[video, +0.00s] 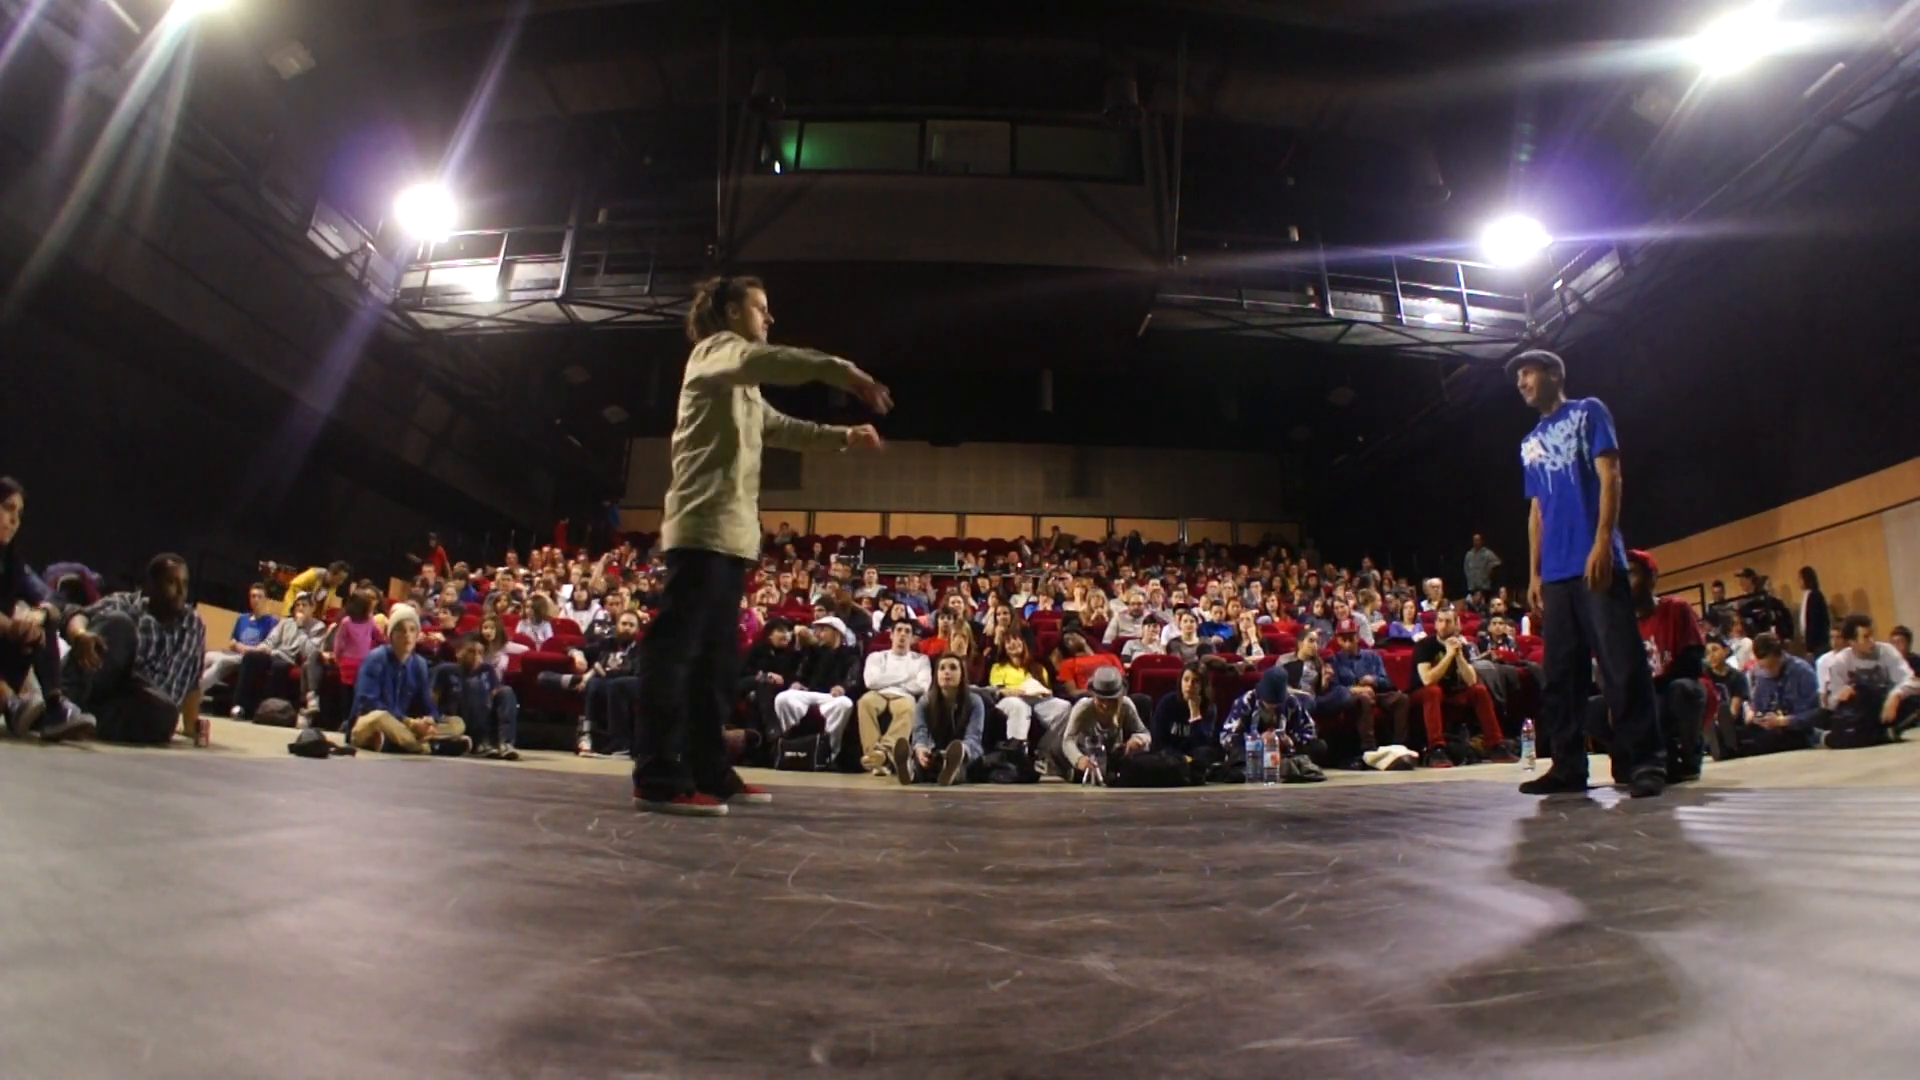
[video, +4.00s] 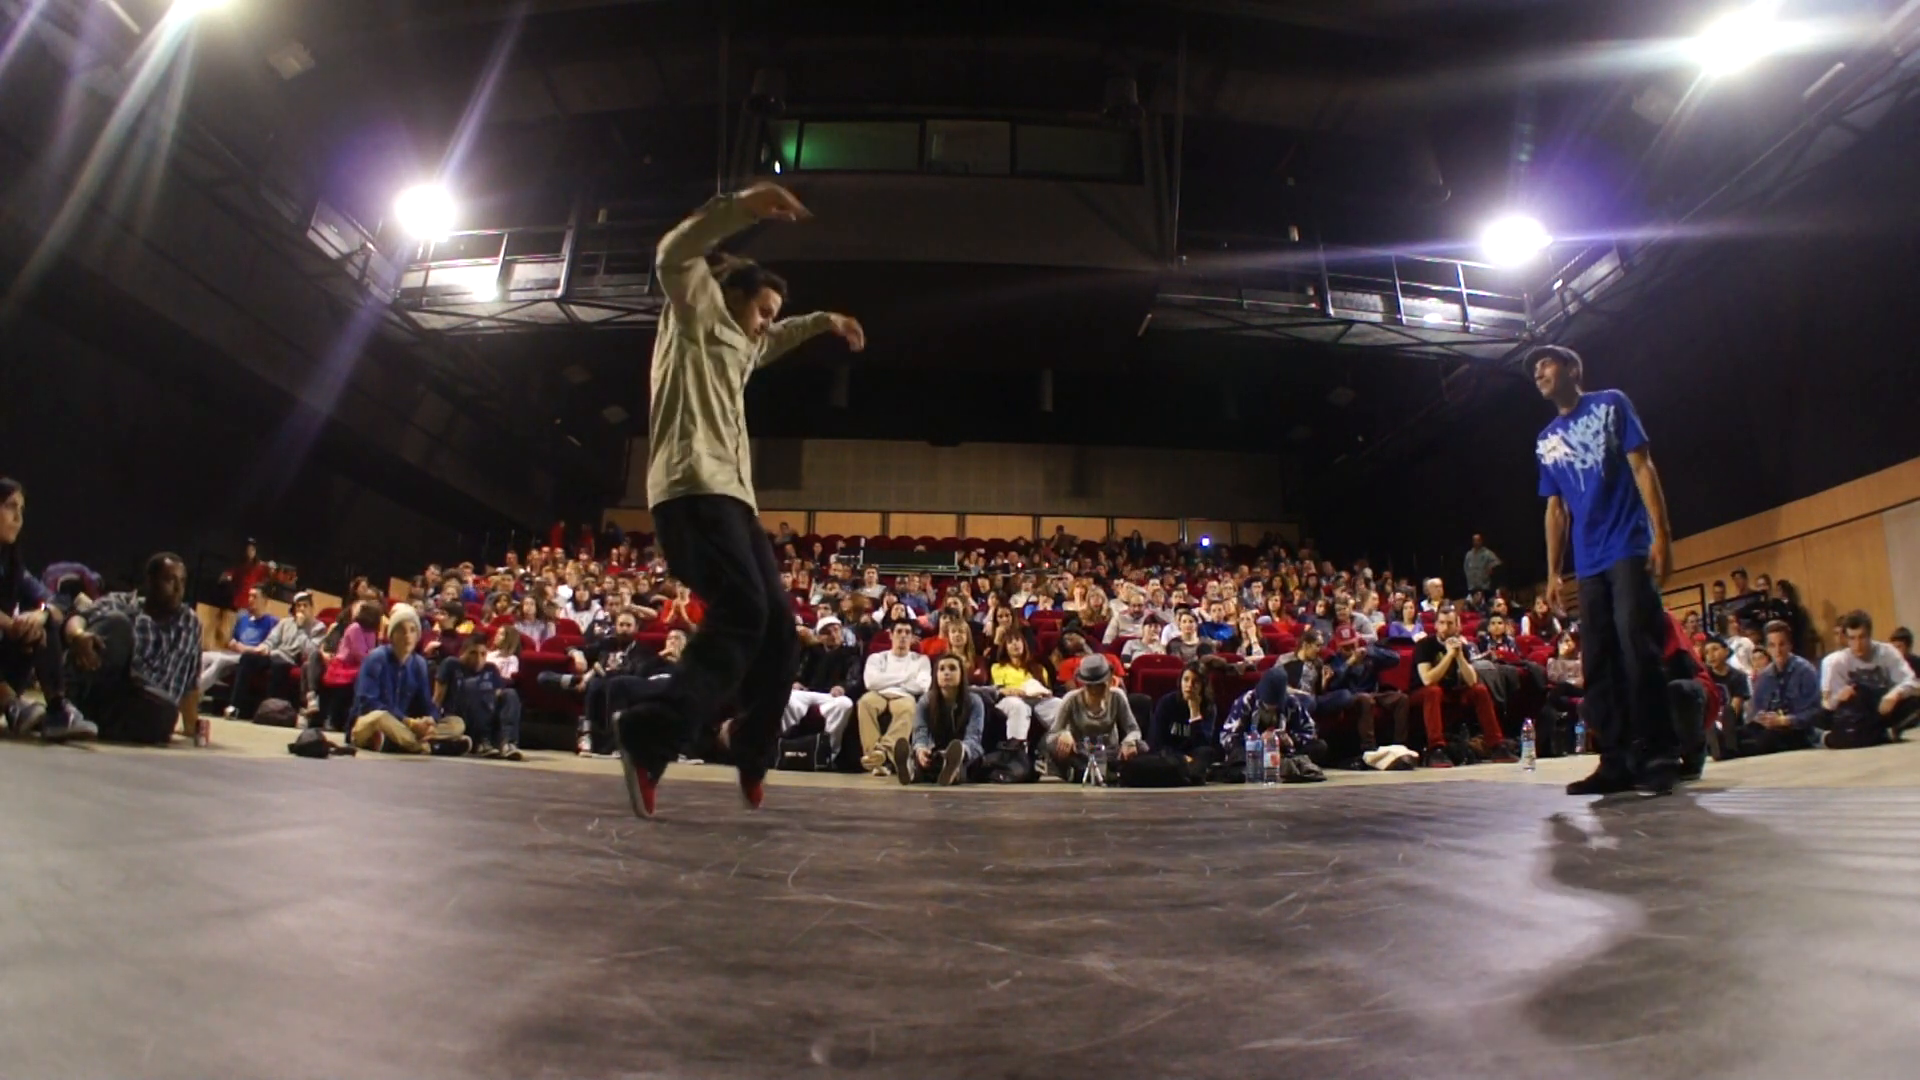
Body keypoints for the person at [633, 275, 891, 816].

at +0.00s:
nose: (769, 319)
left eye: (768, 311)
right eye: (761, 308)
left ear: (743, 315)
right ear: (729, 312)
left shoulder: (744, 379)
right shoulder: (714, 351)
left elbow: (779, 426)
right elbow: (768, 360)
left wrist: (844, 435)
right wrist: (848, 372)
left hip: (732, 534)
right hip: (703, 529)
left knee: (717, 658)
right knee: (675, 651)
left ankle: (709, 772)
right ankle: (658, 778)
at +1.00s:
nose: (748, 293)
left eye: (748, 283)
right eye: (742, 281)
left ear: (704, 281)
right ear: (714, 279)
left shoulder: (703, 338)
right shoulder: (694, 314)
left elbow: (708, 428)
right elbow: (738, 341)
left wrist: (773, 448)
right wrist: (786, 385)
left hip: (697, 503)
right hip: (665, 502)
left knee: (775, 565)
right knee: (652, 637)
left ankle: (810, 686)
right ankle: (611, 778)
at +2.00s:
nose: (754, 330)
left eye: (757, 320)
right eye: (752, 316)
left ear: (718, 306)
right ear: (726, 301)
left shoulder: (686, 343)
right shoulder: (703, 337)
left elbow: (713, 437)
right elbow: (706, 405)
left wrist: (781, 450)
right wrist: (743, 479)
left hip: (675, 525)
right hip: (666, 523)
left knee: (701, 651)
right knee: (652, 649)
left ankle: (693, 769)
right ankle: (593, 774)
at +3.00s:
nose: (743, 300)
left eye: (745, 293)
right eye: (736, 288)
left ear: (732, 300)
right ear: (705, 285)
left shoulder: (729, 343)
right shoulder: (675, 309)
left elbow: (763, 369)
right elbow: (695, 344)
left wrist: (787, 342)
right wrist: (757, 369)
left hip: (705, 503)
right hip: (662, 492)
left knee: (697, 638)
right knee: (664, 622)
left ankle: (688, 772)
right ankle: (609, 768)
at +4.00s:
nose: (769, 322)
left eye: (773, 315)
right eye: (764, 308)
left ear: (764, 314)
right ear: (736, 293)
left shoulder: (744, 346)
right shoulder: (698, 309)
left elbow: (779, 338)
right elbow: (676, 256)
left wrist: (825, 321)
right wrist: (744, 206)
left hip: (734, 497)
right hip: (691, 488)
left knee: (779, 627)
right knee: (744, 613)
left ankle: (754, 750)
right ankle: (654, 738)